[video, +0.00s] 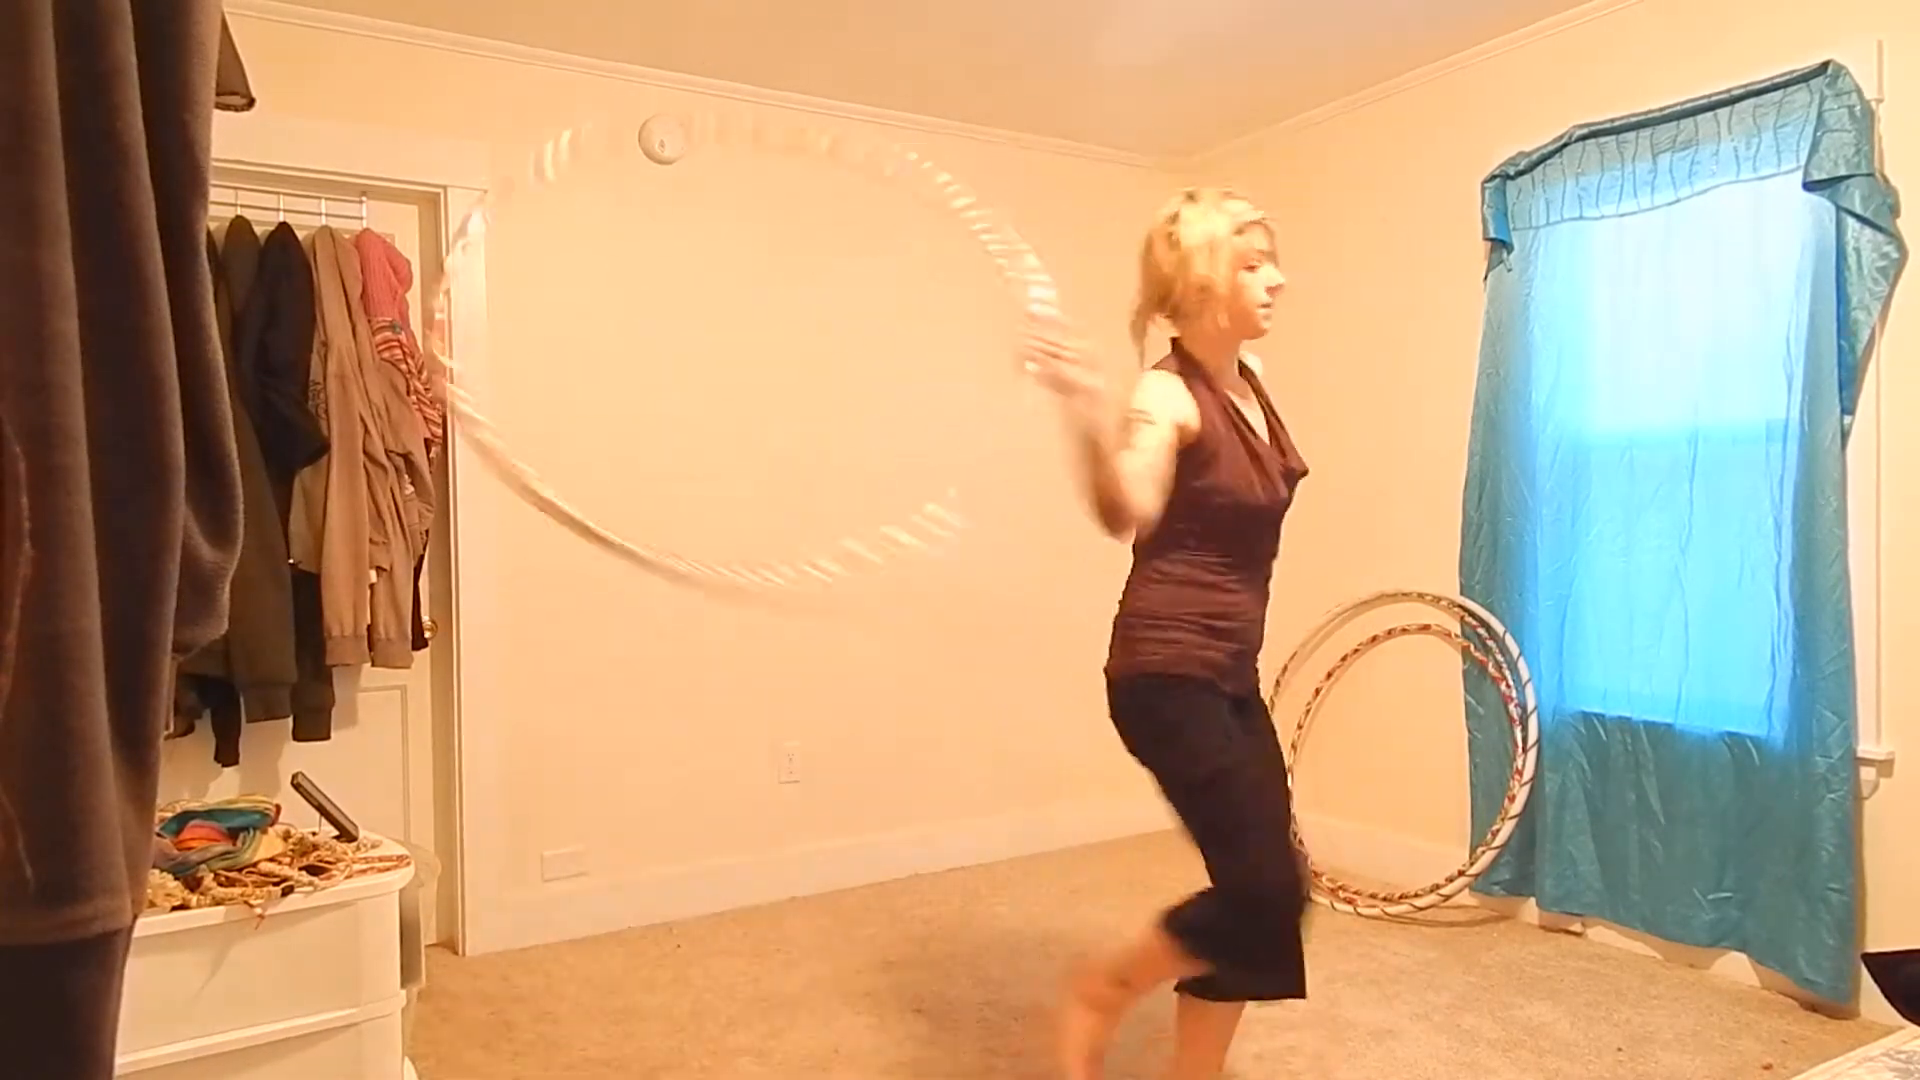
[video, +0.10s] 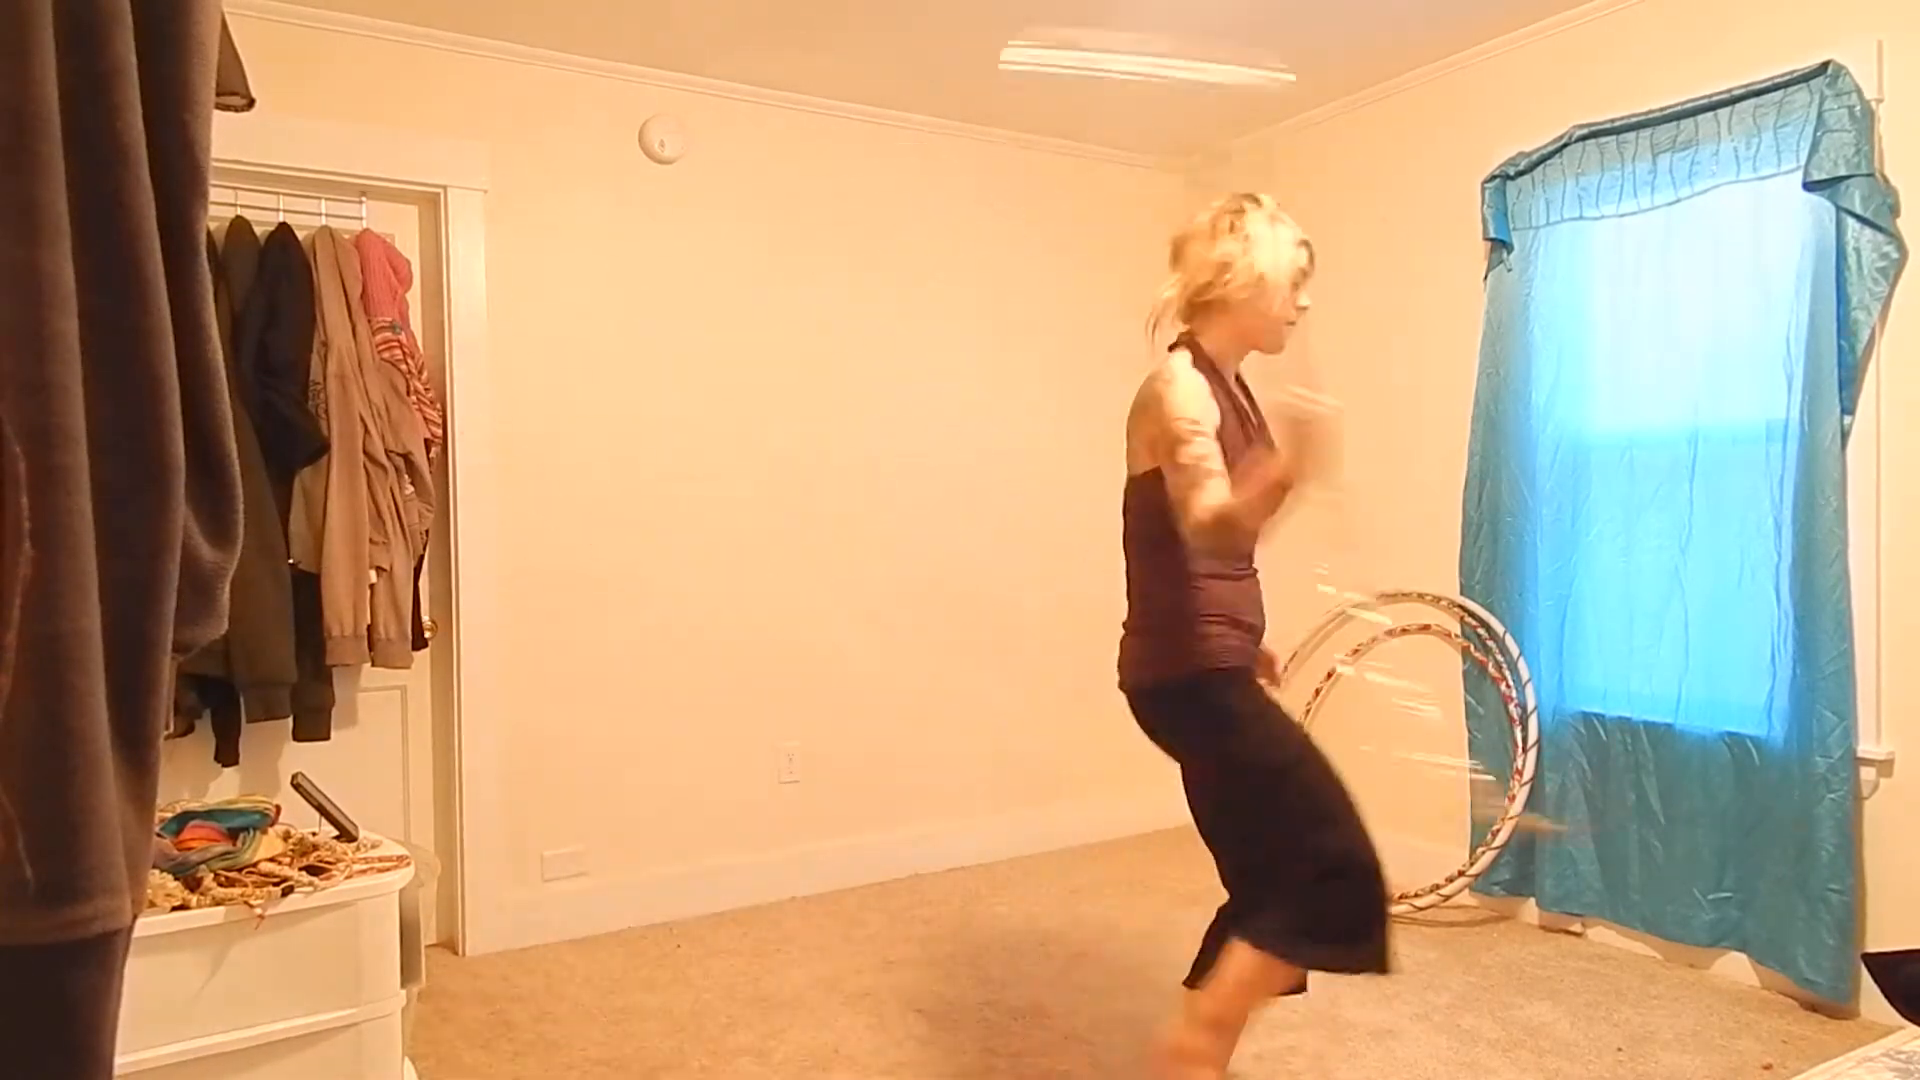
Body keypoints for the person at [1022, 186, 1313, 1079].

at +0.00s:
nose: (1274, 281)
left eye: (1273, 265)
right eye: (1256, 264)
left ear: (1239, 283)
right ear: (1199, 277)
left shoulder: (1245, 383)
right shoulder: (1165, 390)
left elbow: (1235, 517)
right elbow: (1124, 512)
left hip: (1230, 670)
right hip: (1165, 671)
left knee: (1267, 885)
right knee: (1261, 883)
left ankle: (1196, 1066)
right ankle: (1100, 989)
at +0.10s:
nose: (1303, 305)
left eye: (1304, 285)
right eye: (1293, 282)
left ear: (1233, 285)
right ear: (1239, 279)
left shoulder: (1223, 389)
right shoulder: (1178, 383)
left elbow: (1209, 548)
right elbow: (1205, 525)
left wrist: (1247, 644)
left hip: (1213, 668)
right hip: (1189, 672)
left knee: (1269, 878)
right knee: (1328, 863)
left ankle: (1198, 1051)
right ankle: (1195, 1047)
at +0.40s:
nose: (1267, 283)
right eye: (1258, 267)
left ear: (1158, 286)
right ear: (1248, 274)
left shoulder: (1131, 380)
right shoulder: (1300, 356)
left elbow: (1132, 540)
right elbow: (1335, 517)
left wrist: (1210, 488)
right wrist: (1326, 439)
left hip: (1177, 675)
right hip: (1288, 669)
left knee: (1208, 876)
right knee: (1292, 868)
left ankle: (1188, 1067)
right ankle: (1300, 1057)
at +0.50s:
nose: (1131, 308)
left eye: (1132, 295)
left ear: (1146, 294)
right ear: (1236, 276)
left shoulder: (1141, 375)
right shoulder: (1315, 366)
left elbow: (1136, 526)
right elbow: (1352, 518)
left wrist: (1175, 463)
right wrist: (1283, 459)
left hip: (1189, 669)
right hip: (1299, 667)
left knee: (1206, 861)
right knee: (1286, 853)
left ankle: (1210, 1066)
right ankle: (1283, 1051)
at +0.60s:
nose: (1146, 327)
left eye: (1146, 309)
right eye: (1143, 311)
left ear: (1170, 301)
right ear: (1233, 290)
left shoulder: (1159, 379)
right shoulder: (1307, 377)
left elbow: (1174, 523)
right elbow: (1341, 523)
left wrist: (1109, 511)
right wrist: (1267, 469)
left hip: (1205, 676)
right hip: (1302, 674)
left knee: (1209, 882)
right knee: (1270, 865)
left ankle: (1242, 1069)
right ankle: (1290, 1062)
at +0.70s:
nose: (1136, 325)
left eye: (1138, 305)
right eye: (1133, 307)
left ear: (1173, 302)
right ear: (1222, 299)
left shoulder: (1174, 396)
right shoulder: (1285, 392)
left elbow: (1219, 536)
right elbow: (1306, 533)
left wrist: (1105, 526)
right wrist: (1172, 523)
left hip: (1216, 677)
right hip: (1295, 671)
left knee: (1181, 863)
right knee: (1252, 856)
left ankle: (1280, 1044)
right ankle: (1288, 1044)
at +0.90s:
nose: (1130, 350)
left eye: (1137, 332)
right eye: (1129, 333)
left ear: (1177, 330)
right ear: (1205, 331)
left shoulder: (1214, 425)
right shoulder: (1232, 420)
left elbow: (1191, 571)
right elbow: (1219, 565)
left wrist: (1097, 488)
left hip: (1234, 692)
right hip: (1248, 688)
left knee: (1076, 817)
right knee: (1199, 888)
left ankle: (1253, 861)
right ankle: (1282, 1050)